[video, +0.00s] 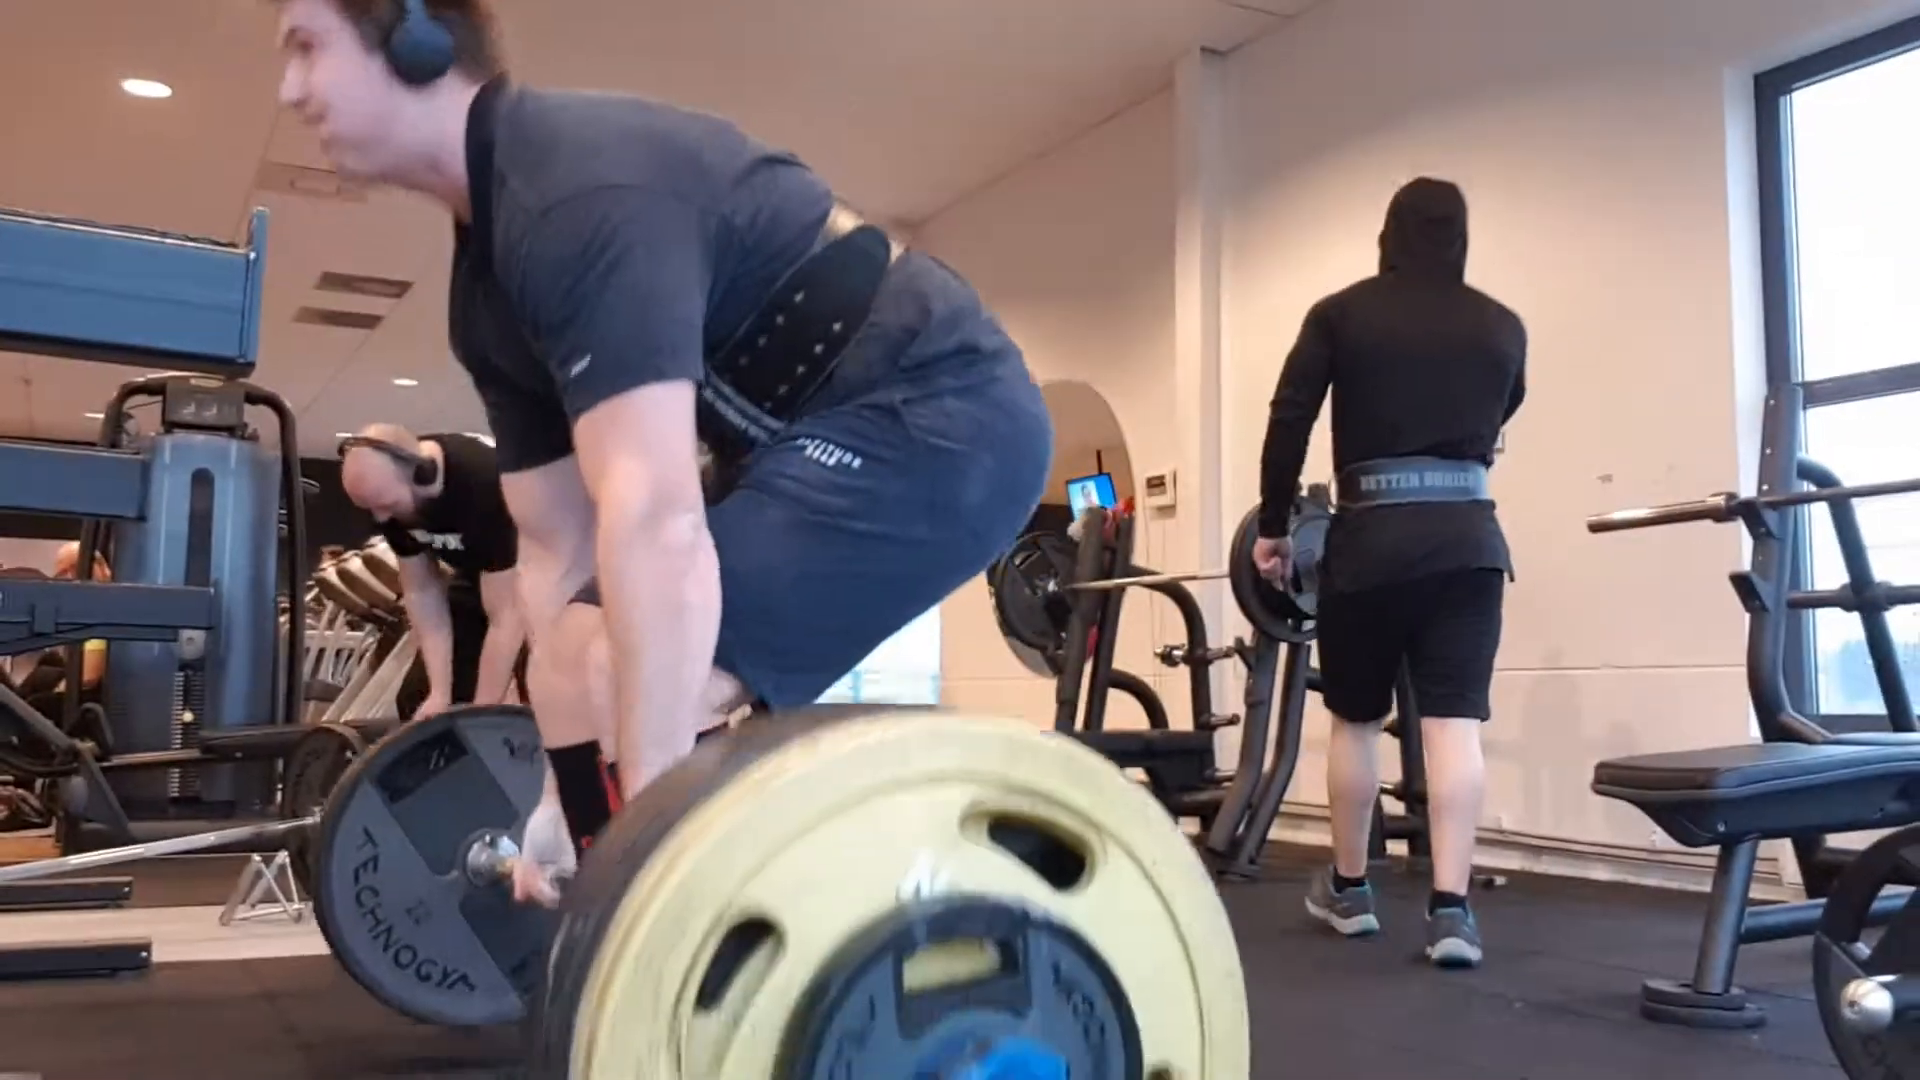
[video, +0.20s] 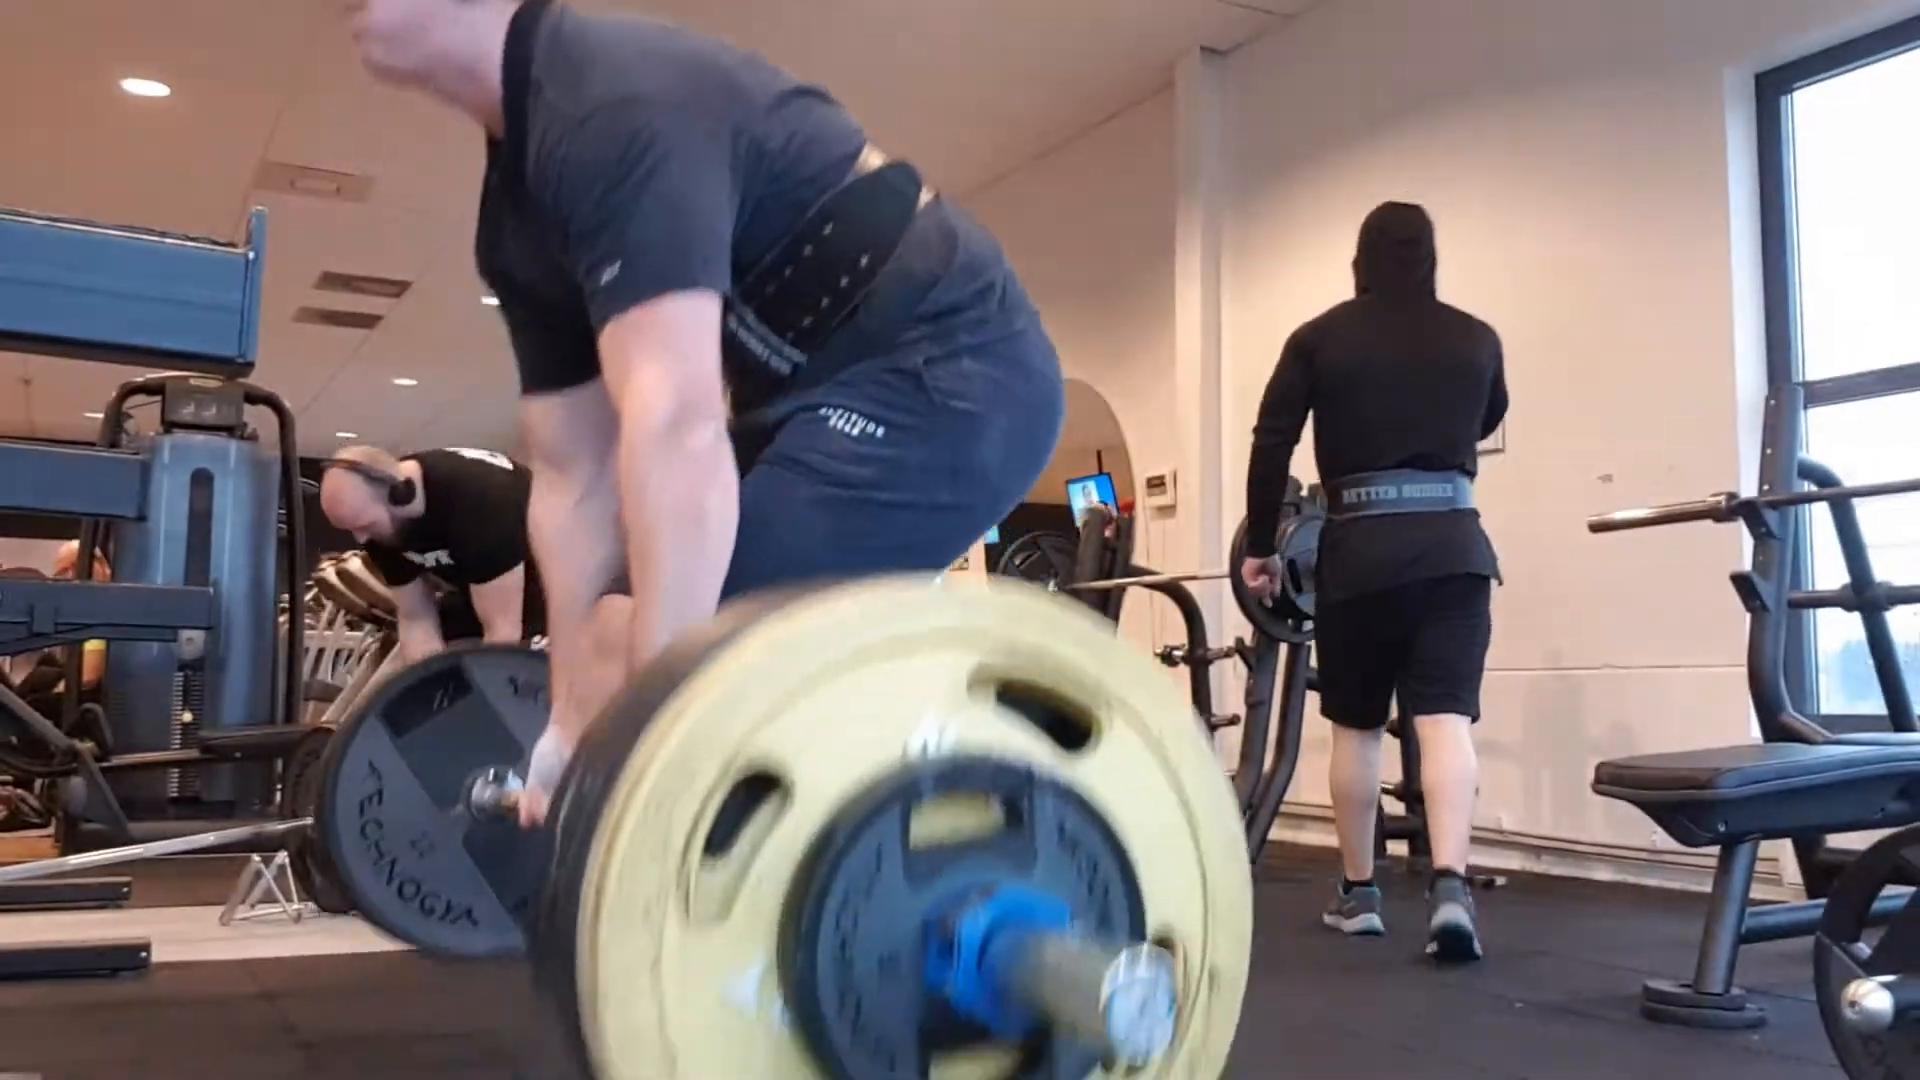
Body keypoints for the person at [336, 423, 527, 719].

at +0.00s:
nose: (381, 518)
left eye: (387, 506)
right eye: (371, 510)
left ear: (418, 476)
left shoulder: (485, 487)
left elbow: (506, 618)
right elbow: (423, 594)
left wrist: (482, 717)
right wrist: (440, 693)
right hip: (474, 586)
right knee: (415, 698)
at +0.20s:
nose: (362, 540)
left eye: (367, 526)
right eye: (353, 531)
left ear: (398, 495)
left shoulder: (476, 502)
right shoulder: (381, 526)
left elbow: (503, 629)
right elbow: (415, 617)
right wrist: (432, 698)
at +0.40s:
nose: (357, 546)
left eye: (356, 534)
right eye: (345, 541)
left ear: (378, 504)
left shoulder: (477, 508)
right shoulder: (379, 539)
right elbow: (422, 621)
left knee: (533, 713)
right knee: (448, 716)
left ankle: (548, 860)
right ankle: (458, 853)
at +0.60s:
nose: (350, 542)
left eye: (353, 528)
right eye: (339, 533)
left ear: (379, 498)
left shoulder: (453, 515)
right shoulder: (388, 541)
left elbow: (466, 635)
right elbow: (412, 637)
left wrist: (421, 732)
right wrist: (397, 727)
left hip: (534, 628)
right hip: (468, 632)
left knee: (518, 714)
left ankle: (544, 863)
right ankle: (459, 854)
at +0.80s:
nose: (355, 508)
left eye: (359, 494)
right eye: (346, 500)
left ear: (391, 465)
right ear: (335, 488)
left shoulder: (453, 502)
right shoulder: (384, 527)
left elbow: (479, 630)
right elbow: (404, 630)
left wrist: (433, 729)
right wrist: (400, 723)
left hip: (540, 608)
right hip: (468, 618)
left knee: (521, 695)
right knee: (426, 708)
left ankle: (543, 863)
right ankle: (460, 853)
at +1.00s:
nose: (356, 424)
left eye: (363, 410)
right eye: (354, 413)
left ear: (398, 395)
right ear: (365, 410)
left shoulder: (460, 444)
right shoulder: (392, 461)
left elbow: (515, 564)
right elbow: (419, 562)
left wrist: (490, 674)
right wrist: (406, 651)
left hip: (538, 589)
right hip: (471, 595)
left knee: (540, 701)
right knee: (450, 696)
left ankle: (549, 862)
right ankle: (465, 853)